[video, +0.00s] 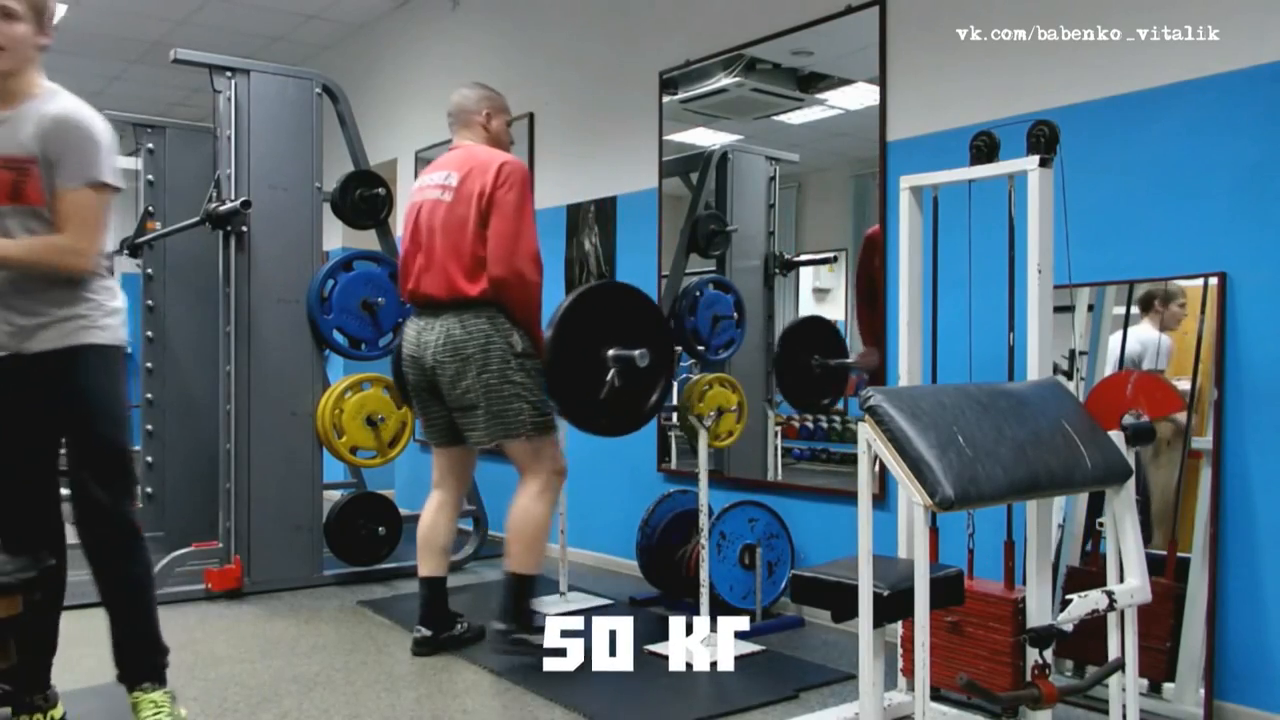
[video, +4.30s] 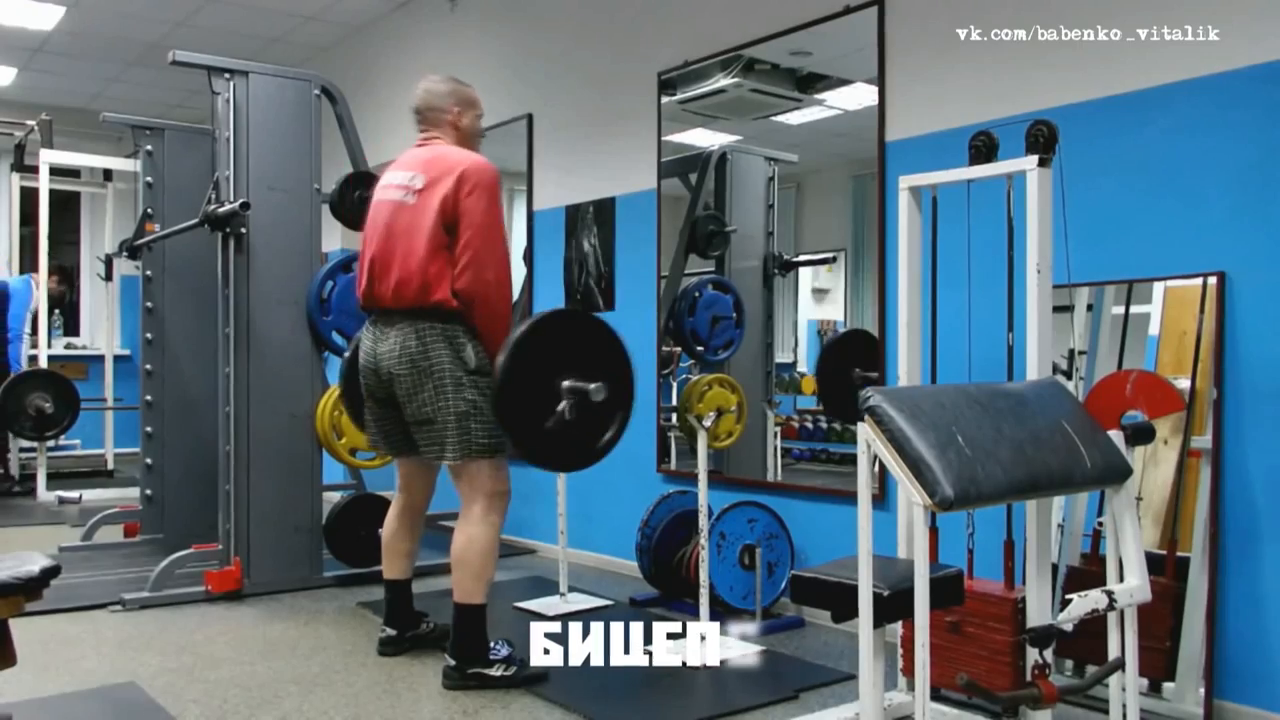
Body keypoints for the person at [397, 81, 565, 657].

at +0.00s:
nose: (509, 132)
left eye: (508, 123)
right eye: (507, 122)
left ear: (459, 122)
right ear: (486, 118)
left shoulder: (427, 177)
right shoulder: (504, 168)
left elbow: (408, 269)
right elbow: (511, 268)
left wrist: (438, 315)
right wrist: (532, 339)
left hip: (419, 333)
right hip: (480, 330)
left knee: (448, 479)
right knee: (542, 470)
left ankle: (434, 621)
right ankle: (516, 616)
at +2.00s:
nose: (468, 124)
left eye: (467, 114)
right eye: (464, 113)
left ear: (414, 112)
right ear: (439, 109)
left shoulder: (377, 169)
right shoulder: (450, 167)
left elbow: (366, 268)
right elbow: (473, 275)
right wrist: (496, 345)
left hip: (380, 338)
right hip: (439, 337)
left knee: (409, 484)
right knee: (469, 493)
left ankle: (399, 621)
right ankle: (469, 652)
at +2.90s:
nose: (435, 109)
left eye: (432, 99)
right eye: (428, 100)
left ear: (380, 104)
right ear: (401, 100)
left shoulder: (356, 164)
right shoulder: (425, 147)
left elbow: (368, 267)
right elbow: (476, 242)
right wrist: (511, 281)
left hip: (396, 333)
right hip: (449, 324)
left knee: (424, 473)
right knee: (494, 476)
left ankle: (401, 612)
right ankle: (477, 638)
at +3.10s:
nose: (427, 143)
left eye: (428, 135)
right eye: (424, 134)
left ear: (373, 124)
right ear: (399, 123)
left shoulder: (345, 181)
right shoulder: (399, 163)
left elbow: (384, 263)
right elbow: (475, 231)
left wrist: (458, 203)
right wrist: (514, 201)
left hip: (411, 348)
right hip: (462, 340)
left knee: (434, 487)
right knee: (502, 489)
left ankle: (402, 620)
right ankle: (472, 652)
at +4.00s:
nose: (453, 123)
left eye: (452, 112)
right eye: (449, 111)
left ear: (398, 110)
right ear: (423, 108)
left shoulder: (361, 172)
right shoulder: (431, 160)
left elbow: (363, 275)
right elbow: (472, 258)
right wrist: (522, 281)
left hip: (387, 341)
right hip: (444, 334)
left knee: (416, 481)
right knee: (479, 491)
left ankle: (400, 622)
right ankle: (470, 654)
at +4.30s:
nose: (480, 128)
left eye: (478, 118)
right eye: (476, 118)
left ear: (426, 119)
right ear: (456, 116)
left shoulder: (394, 170)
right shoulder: (472, 169)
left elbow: (373, 267)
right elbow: (482, 277)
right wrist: (497, 356)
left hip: (378, 340)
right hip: (437, 340)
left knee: (412, 487)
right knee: (486, 493)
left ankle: (400, 621)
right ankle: (471, 654)